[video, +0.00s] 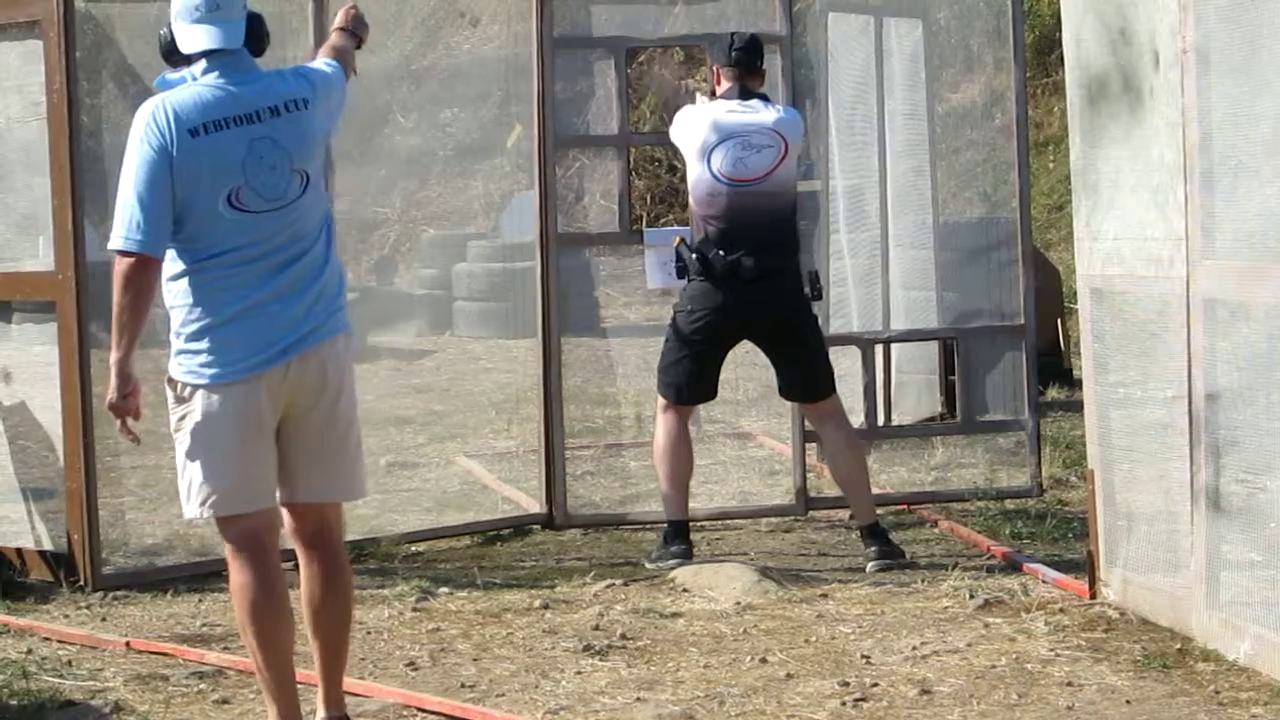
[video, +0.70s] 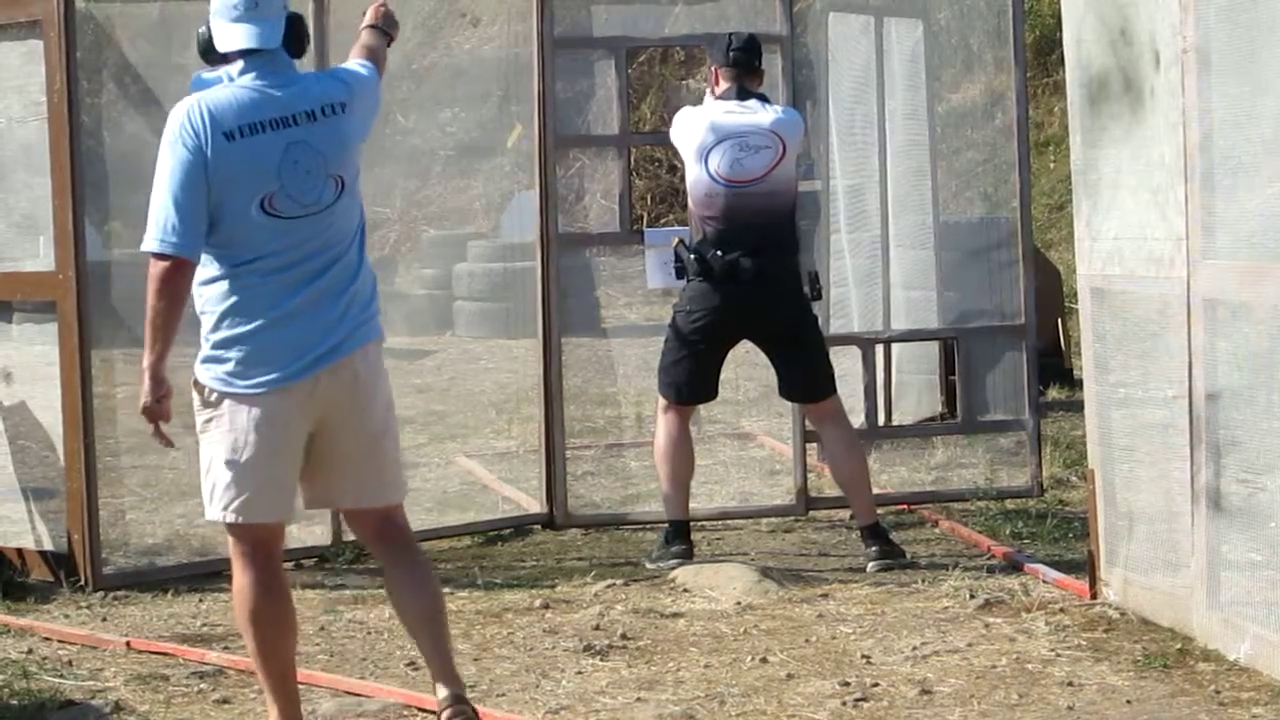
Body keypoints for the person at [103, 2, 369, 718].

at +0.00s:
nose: (176, 64)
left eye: (174, 52)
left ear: (176, 52)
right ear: (251, 39)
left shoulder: (162, 119)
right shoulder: (305, 91)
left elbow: (137, 260)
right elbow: (336, 59)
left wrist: (120, 363)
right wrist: (348, 29)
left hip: (220, 362)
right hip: (320, 340)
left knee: (250, 547)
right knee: (320, 534)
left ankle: (286, 709)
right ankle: (333, 705)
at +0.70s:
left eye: (212, 44)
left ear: (212, 48)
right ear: (288, 38)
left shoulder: (196, 119)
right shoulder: (339, 97)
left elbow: (173, 260)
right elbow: (366, 63)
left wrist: (154, 367)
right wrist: (375, 30)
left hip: (250, 372)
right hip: (351, 353)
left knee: (257, 552)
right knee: (389, 529)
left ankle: (286, 709)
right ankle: (452, 691)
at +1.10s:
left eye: (303, 50)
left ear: (303, 53)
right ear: (383, 42)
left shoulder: (294, 125)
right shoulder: (433, 99)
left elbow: (272, 270)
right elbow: (442, 61)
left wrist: (253, 377)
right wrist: (444, 29)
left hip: (330, 367)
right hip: (434, 356)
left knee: (296, 550)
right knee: (443, 546)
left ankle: (290, 709)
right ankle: (472, 710)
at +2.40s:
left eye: (368, 42)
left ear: (370, 46)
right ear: (452, 36)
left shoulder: (348, 118)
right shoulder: (508, 99)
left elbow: (312, 270)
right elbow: (542, 65)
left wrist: (291, 380)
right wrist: (555, 29)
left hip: (393, 386)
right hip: (504, 370)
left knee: (395, 581)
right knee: (510, 552)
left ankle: (412, 714)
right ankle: (559, 709)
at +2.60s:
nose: (403, 66)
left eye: (405, 52)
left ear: (413, 52)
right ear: (496, 46)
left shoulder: (395, 122)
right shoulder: (548, 102)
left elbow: (364, 275)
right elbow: (558, 73)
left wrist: (340, 388)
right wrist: (553, 38)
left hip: (435, 394)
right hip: (546, 379)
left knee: (412, 586)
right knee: (567, 578)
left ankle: (416, 713)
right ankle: (629, 713)